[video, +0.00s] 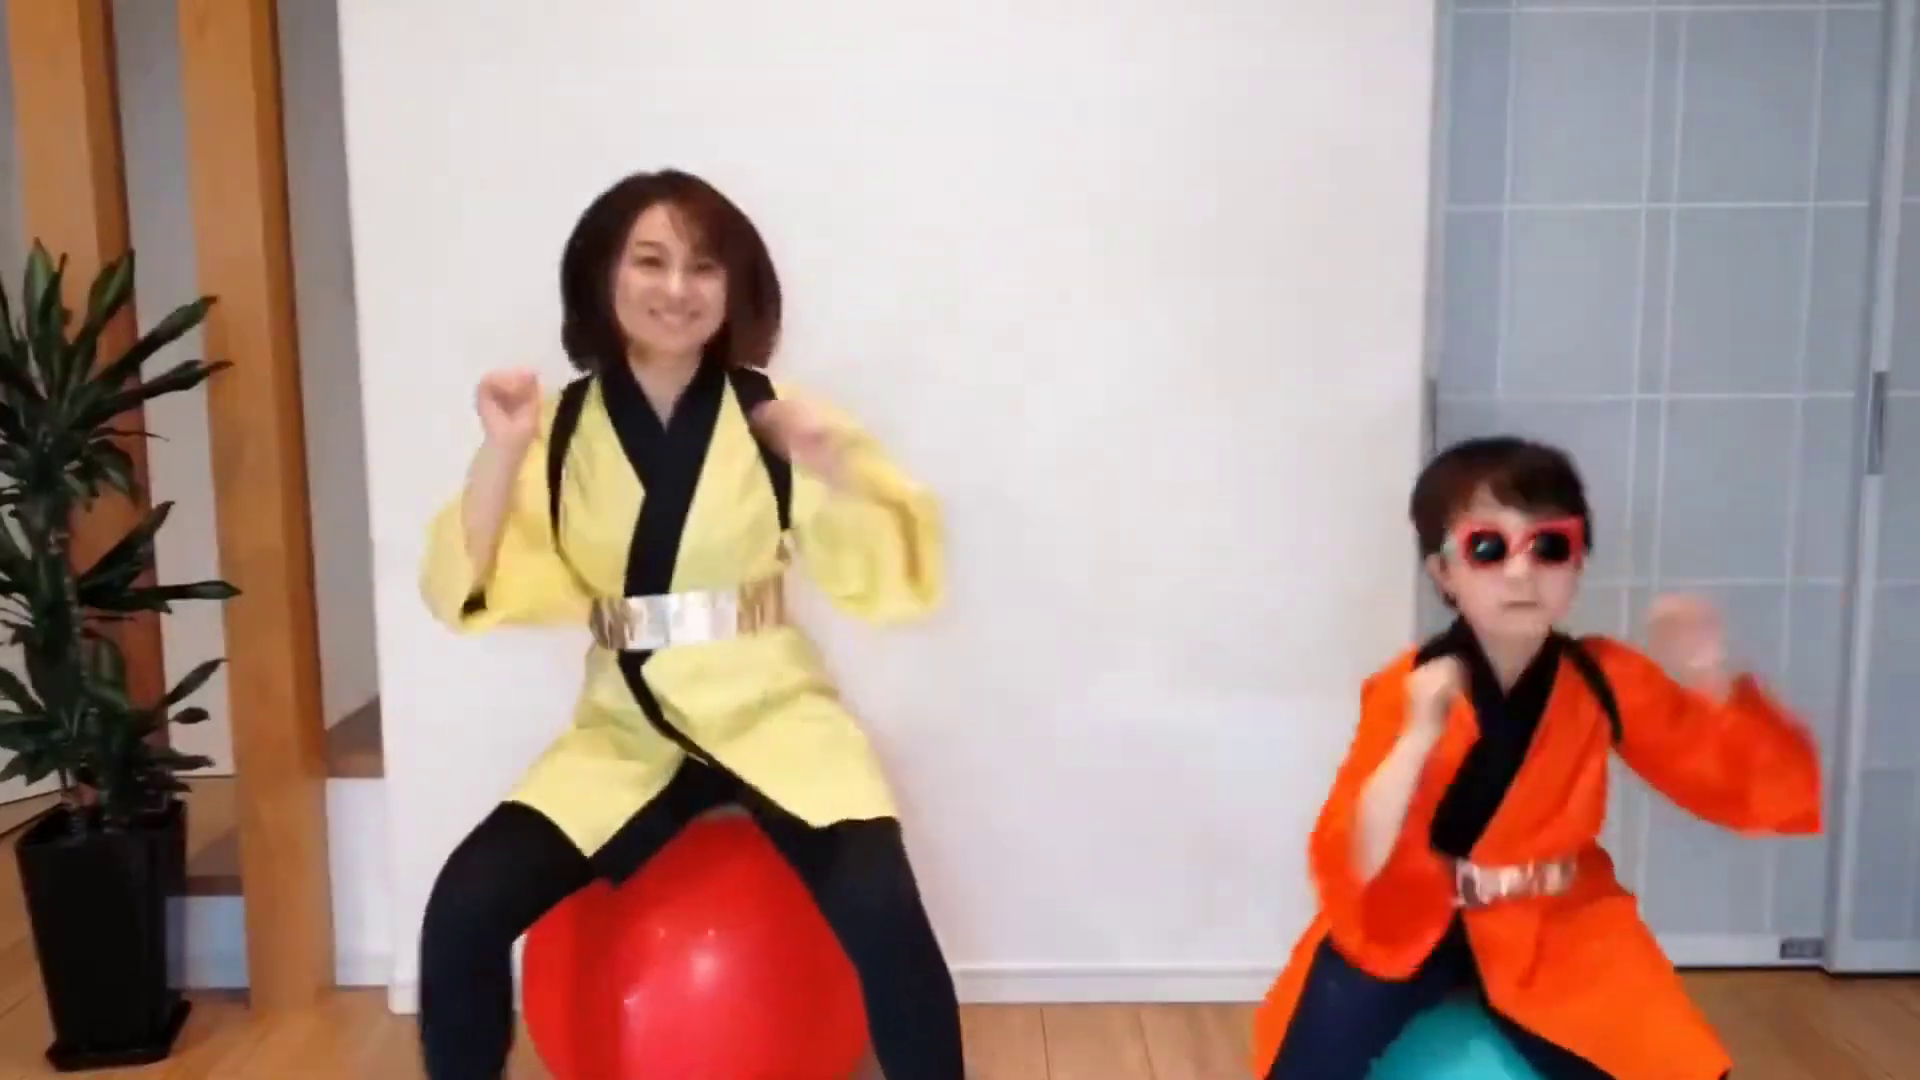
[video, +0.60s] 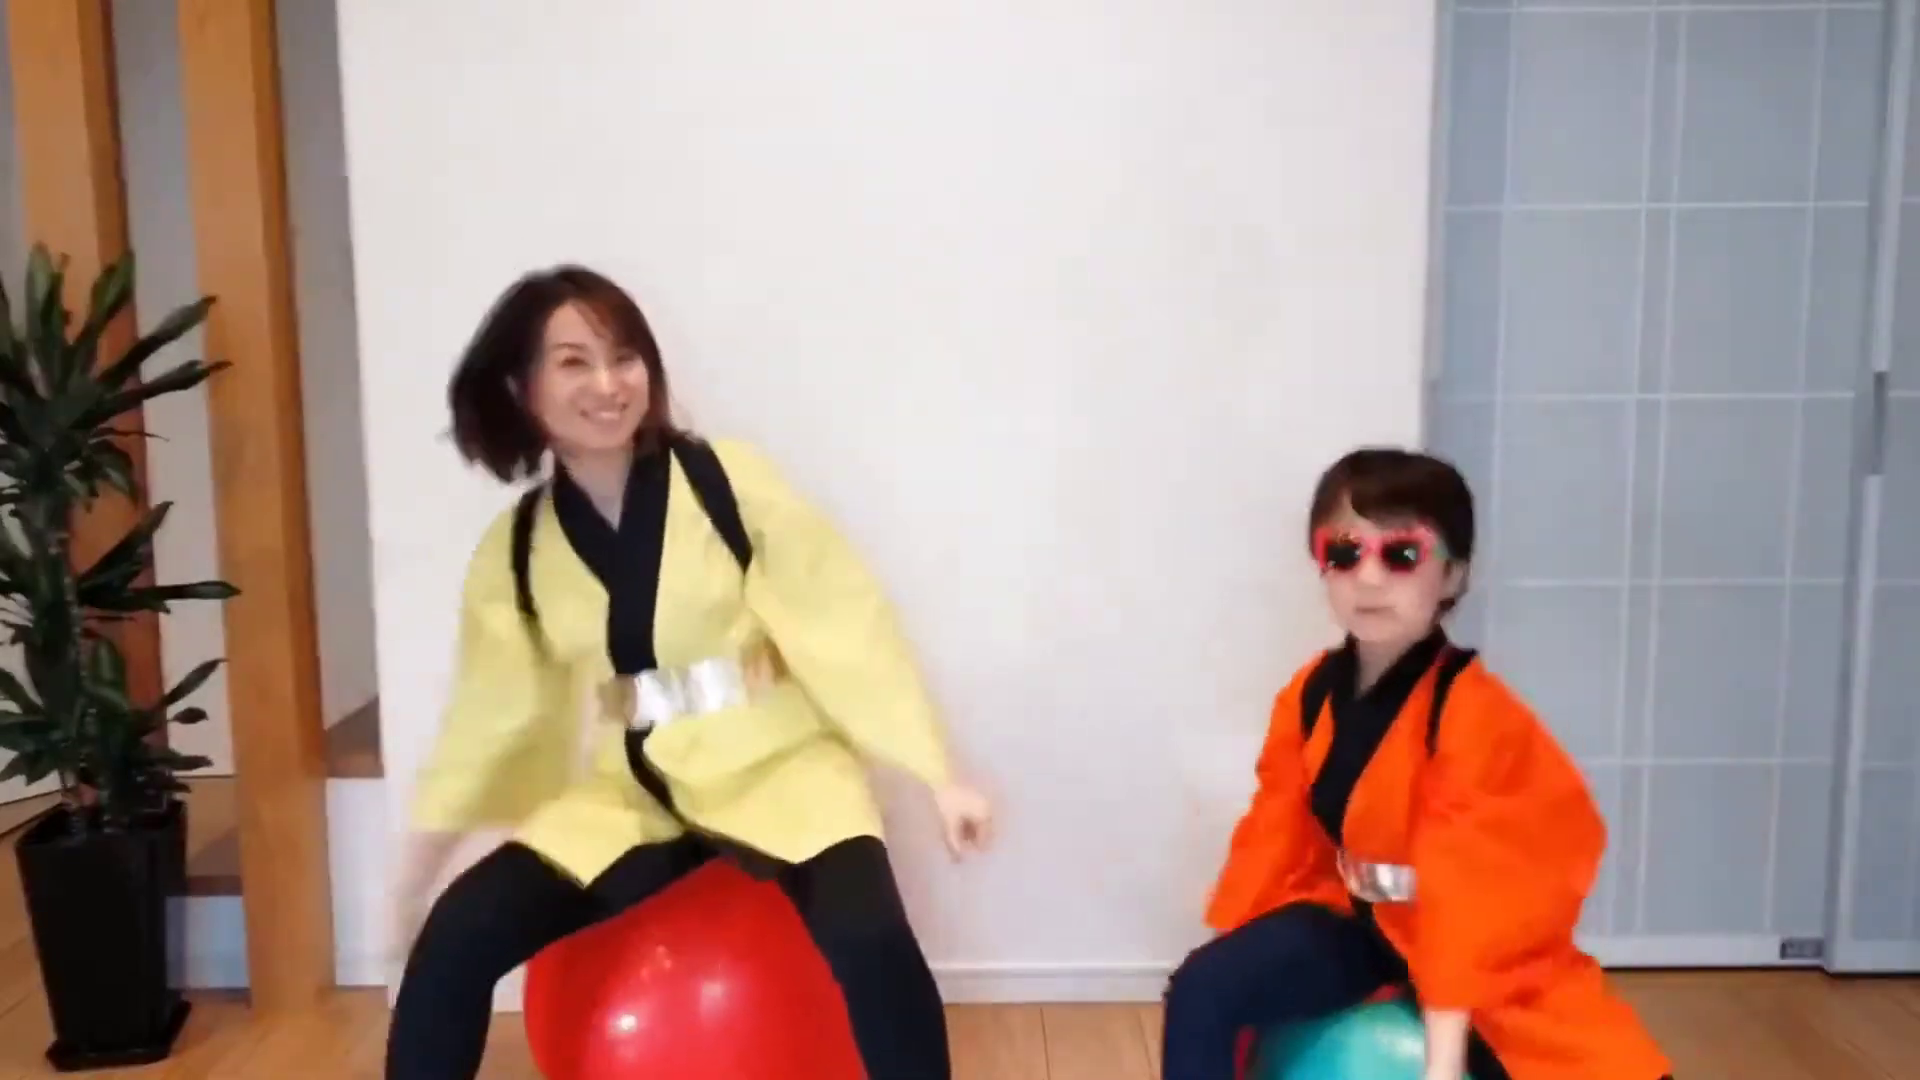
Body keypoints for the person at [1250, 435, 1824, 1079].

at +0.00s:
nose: (1521, 568)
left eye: (1549, 545)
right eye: (1488, 547)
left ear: (1580, 564)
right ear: (1443, 574)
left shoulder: (1604, 679)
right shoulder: (1409, 689)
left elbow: (1767, 791)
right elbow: (1348, 869)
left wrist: (1718, 687)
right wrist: (1416, 742)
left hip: (1551, 923)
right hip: (1412, 918)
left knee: (1661, 1062)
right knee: (1312, 1051)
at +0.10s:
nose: (1486, 537)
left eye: (1516, 508)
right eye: (1452, 513)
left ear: (1554, 533)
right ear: (1418, 546)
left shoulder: (1597, 660)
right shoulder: (1388, 666)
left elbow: (1709, 838)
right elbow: (1316, 835)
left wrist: (1699, 718)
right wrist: (1349, 736)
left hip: (1552, 910)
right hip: (1414, 905)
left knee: (1660, 1059)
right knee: (1313, 1041)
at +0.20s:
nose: (1466, 454)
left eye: (1496, 422)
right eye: (1432, 429)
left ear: (1537, 434)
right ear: (1399, 447)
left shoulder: (1598, 564)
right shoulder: (1381, 569)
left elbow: (1642, 748)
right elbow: (1336, 773)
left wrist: (1691, 726)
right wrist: (1298, 721)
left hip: (1550, 843)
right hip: (1410, 837)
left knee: (1657, 1036)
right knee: (1319, 1004)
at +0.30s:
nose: (1453, 416)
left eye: (1482, 384)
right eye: (1419, 392)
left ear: (1527, 385)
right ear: (1388, 405)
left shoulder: (1588, 520)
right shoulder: (1374, 517)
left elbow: (1653, 658)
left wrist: (1647, 727)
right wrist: (1268, 688)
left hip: (1539, 793)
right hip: (1397, 787)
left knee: (1627, 969)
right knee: (1329, 950)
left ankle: (1666, 1070)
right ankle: (1296, 1063)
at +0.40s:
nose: (1432, 458)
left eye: (1461, 428)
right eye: (1400, 435)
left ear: (1506, 428)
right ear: (1370, 442)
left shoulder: (1561, 560)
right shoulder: (1354, 555)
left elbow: (1619, 709)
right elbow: (1304, 691)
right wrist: (1245, 782)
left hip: (1516, 820)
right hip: (1379, 811)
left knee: (1628, 988)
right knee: (1323, 952)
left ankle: (1666, 1069)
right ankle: (1267, 1066)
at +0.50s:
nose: (1401, 552)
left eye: (1432, 523)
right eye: (1372, 527)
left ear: (1483, 536)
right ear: (1347, 542)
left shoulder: (1528, 677)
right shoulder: (1333, 661)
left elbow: (1540, 851)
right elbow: (1287, 805)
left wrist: (1481, 1018)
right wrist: (1232, 918)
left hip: (1498, 909)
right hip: (1375, 892)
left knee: (1652, 1058)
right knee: (1251, 970)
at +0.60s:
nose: (1368, 578)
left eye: (1401, 554)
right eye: (1343, 554)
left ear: (1453, 577)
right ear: (1322, 572)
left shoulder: (1476, 713)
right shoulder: (1312, 696)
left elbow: (1469, 899)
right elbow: (1273, 834)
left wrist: (1445, 1065)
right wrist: (1226, 953)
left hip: (1479, 944)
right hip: (1369, 920)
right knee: (1204, 989)